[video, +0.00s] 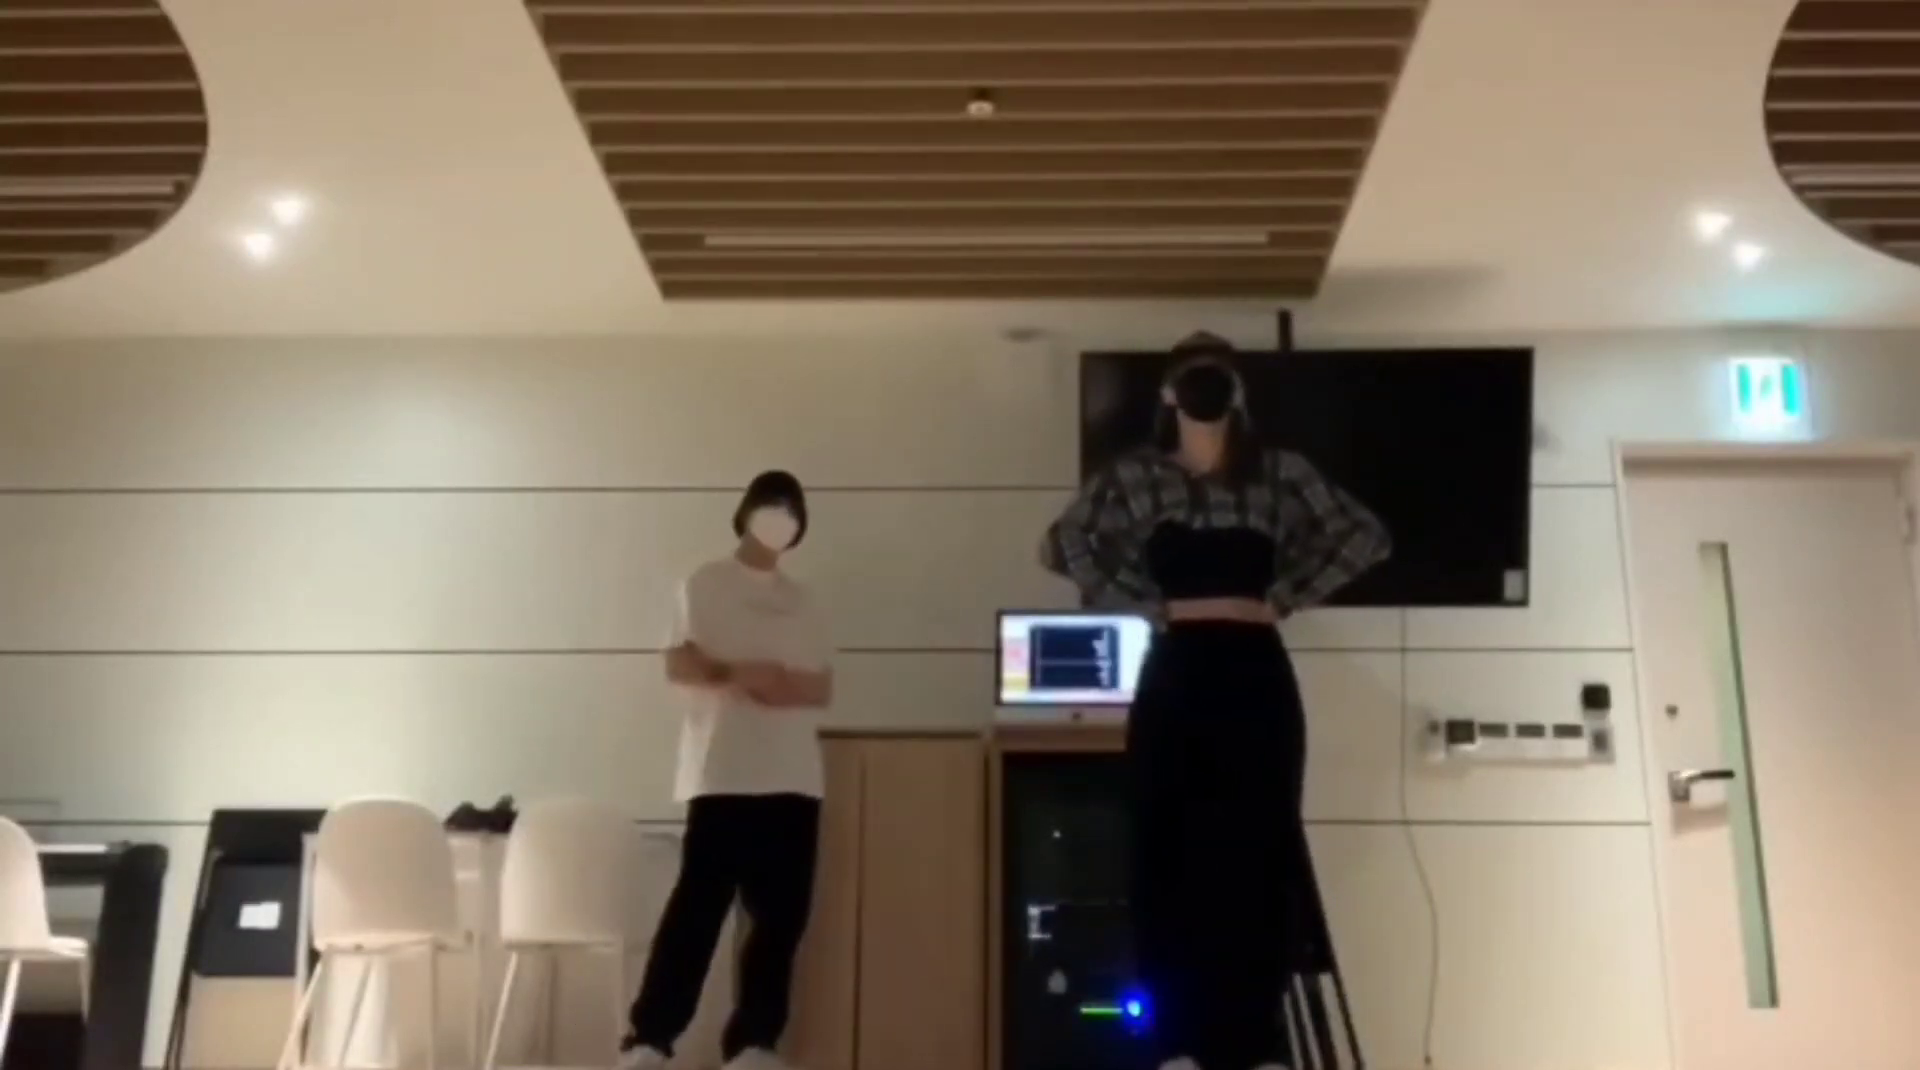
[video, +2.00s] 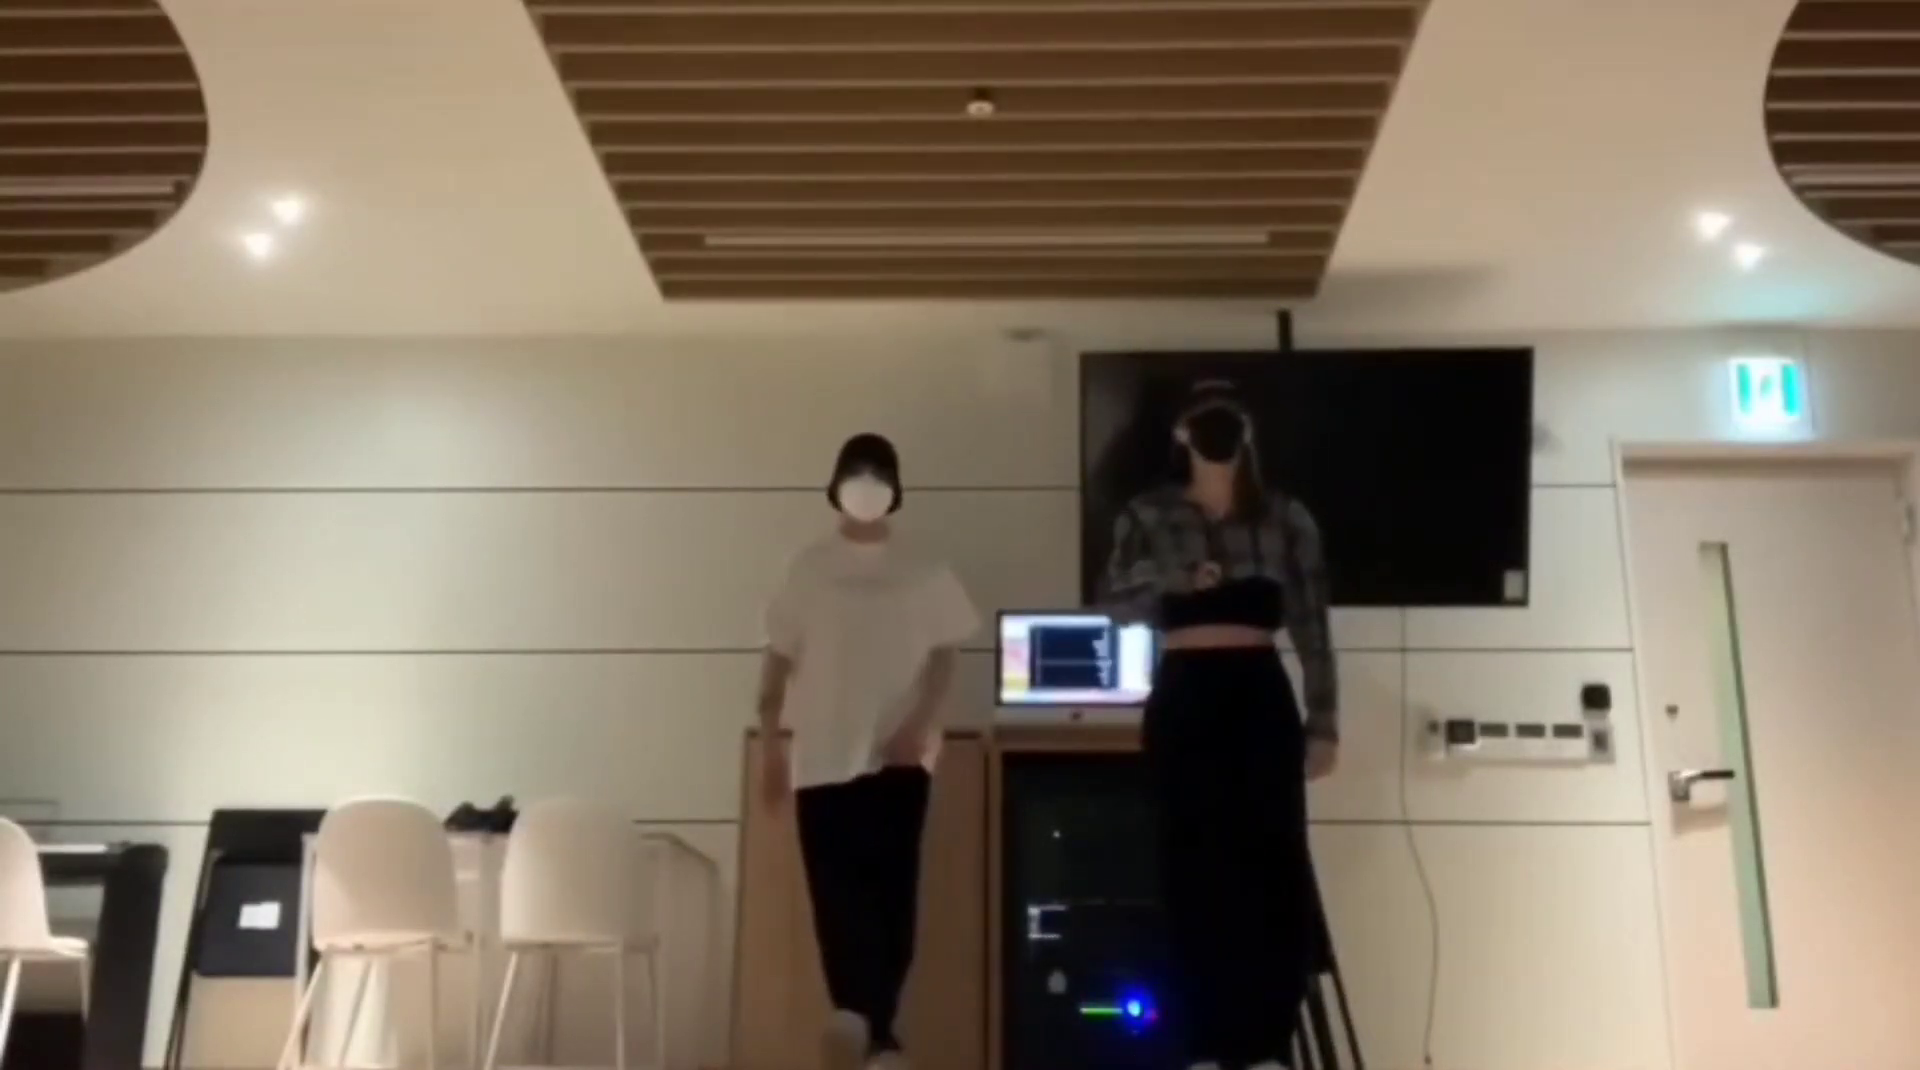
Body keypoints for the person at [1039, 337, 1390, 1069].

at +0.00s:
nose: (1206, 387)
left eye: (1219, 376)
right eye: (1192, 376)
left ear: (1241, 392)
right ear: (1167, 393)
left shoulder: (1280, 474)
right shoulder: (1138, 477)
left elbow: (1365, 537)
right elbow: (1065, 544)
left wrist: (1288, 595)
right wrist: (1144, 596)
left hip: (1256, 674)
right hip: (1177, 675)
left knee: (1259, 847)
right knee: (1175, 847)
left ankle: (1253, 1032)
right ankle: (1187, 1034)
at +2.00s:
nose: (1218, 426)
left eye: (1230, 414)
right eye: (1202, 416)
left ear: (1250, 432)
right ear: (1179, 433)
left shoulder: (1286, 521)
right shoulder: (1146, 517)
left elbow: (1312, 626)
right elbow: (1112, 600)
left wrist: (1322, 722)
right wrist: (1176, 583)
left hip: (1260, 702)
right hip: (1184, 703)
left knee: (1268, 867)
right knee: (1192, 869)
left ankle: (1263, 1040)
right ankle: (1203, 1039)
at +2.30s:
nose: (1208, 437)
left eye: (1221, 425)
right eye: (1194, 427)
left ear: (1241, 442)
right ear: (1172, 443)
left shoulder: (1277, 525)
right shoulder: (1137, 526)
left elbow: (1297, 626)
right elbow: (1109, 623)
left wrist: (1298, 712)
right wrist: (1138, 708)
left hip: (1255, 708)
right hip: (1180, 709)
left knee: (1262, 875)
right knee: (1186, 876)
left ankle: (1261, 1039)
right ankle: (1199, 1038)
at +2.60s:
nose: (1205, 438)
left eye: (1216, 427)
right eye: (1190, 427)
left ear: (1236, 444)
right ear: (1166, 442)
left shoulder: (1270, 525)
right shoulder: (1132, 529)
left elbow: (1294, 625)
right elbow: (1116, 629)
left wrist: (1305, 716)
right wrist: (1114, 712)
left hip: (1251, 709)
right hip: (1176, 710)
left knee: (1259, 875)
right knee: (1184, 877)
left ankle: (1261, 1039)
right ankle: (1200, 1039)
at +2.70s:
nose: (1204, 433)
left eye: (1216, 421)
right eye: (1189, 422)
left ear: (1235, 439)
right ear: (1165, 439)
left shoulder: (1269, 524)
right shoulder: (1131, 529)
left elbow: (1295, 623)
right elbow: (1111, 628)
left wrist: (1310, 715)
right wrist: (1121, 713)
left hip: (1253, 706)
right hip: (1178, 708)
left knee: (1255, 871)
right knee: (1189, 873)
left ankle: (1256, 1039)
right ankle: (1200, 1040)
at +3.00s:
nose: (1207, 422)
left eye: (1218, 410)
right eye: (1193, 411)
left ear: (1237, 428)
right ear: (1169, 428)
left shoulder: (1270, 514)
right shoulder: (1132, 515)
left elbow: (1295, 618)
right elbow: (1112, 611)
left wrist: (1316, 713)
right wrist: (1135, 690)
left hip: (1255, 702)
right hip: (1176, 704)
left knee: (1259, 867)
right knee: (1187, 868)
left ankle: (1251, 1040)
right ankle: (1197, 1037)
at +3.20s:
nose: (1204, 416)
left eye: (1215, 405)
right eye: (1191, 404)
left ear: (1234, 419)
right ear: (1165, 418)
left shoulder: (1270, 500)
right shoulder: (1131, 500)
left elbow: (1293, 604)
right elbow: (1109, 594)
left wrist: (1310, 703)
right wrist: (1134, 678)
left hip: (1248, 695)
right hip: (1168, 696)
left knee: (1252, 869)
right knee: (1152, 859)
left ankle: (1241, 1042)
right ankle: (1161, 1015)